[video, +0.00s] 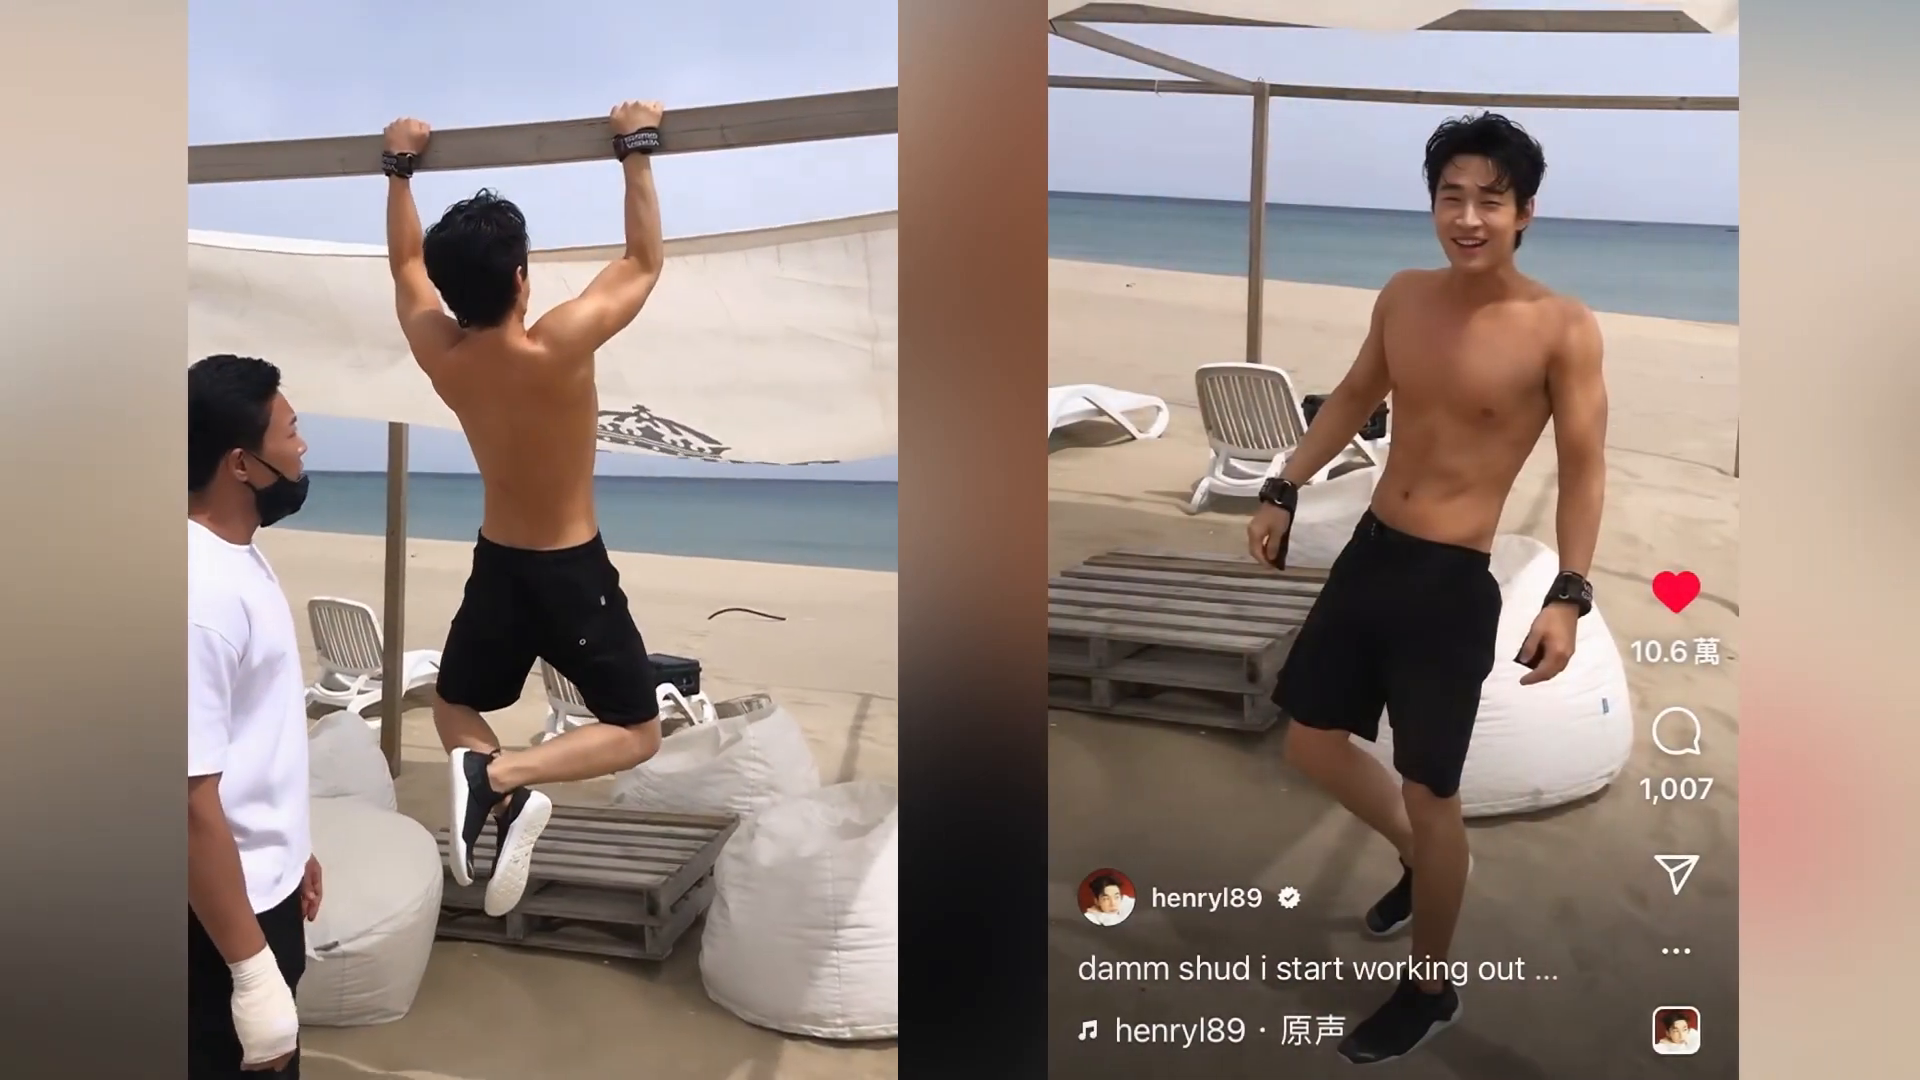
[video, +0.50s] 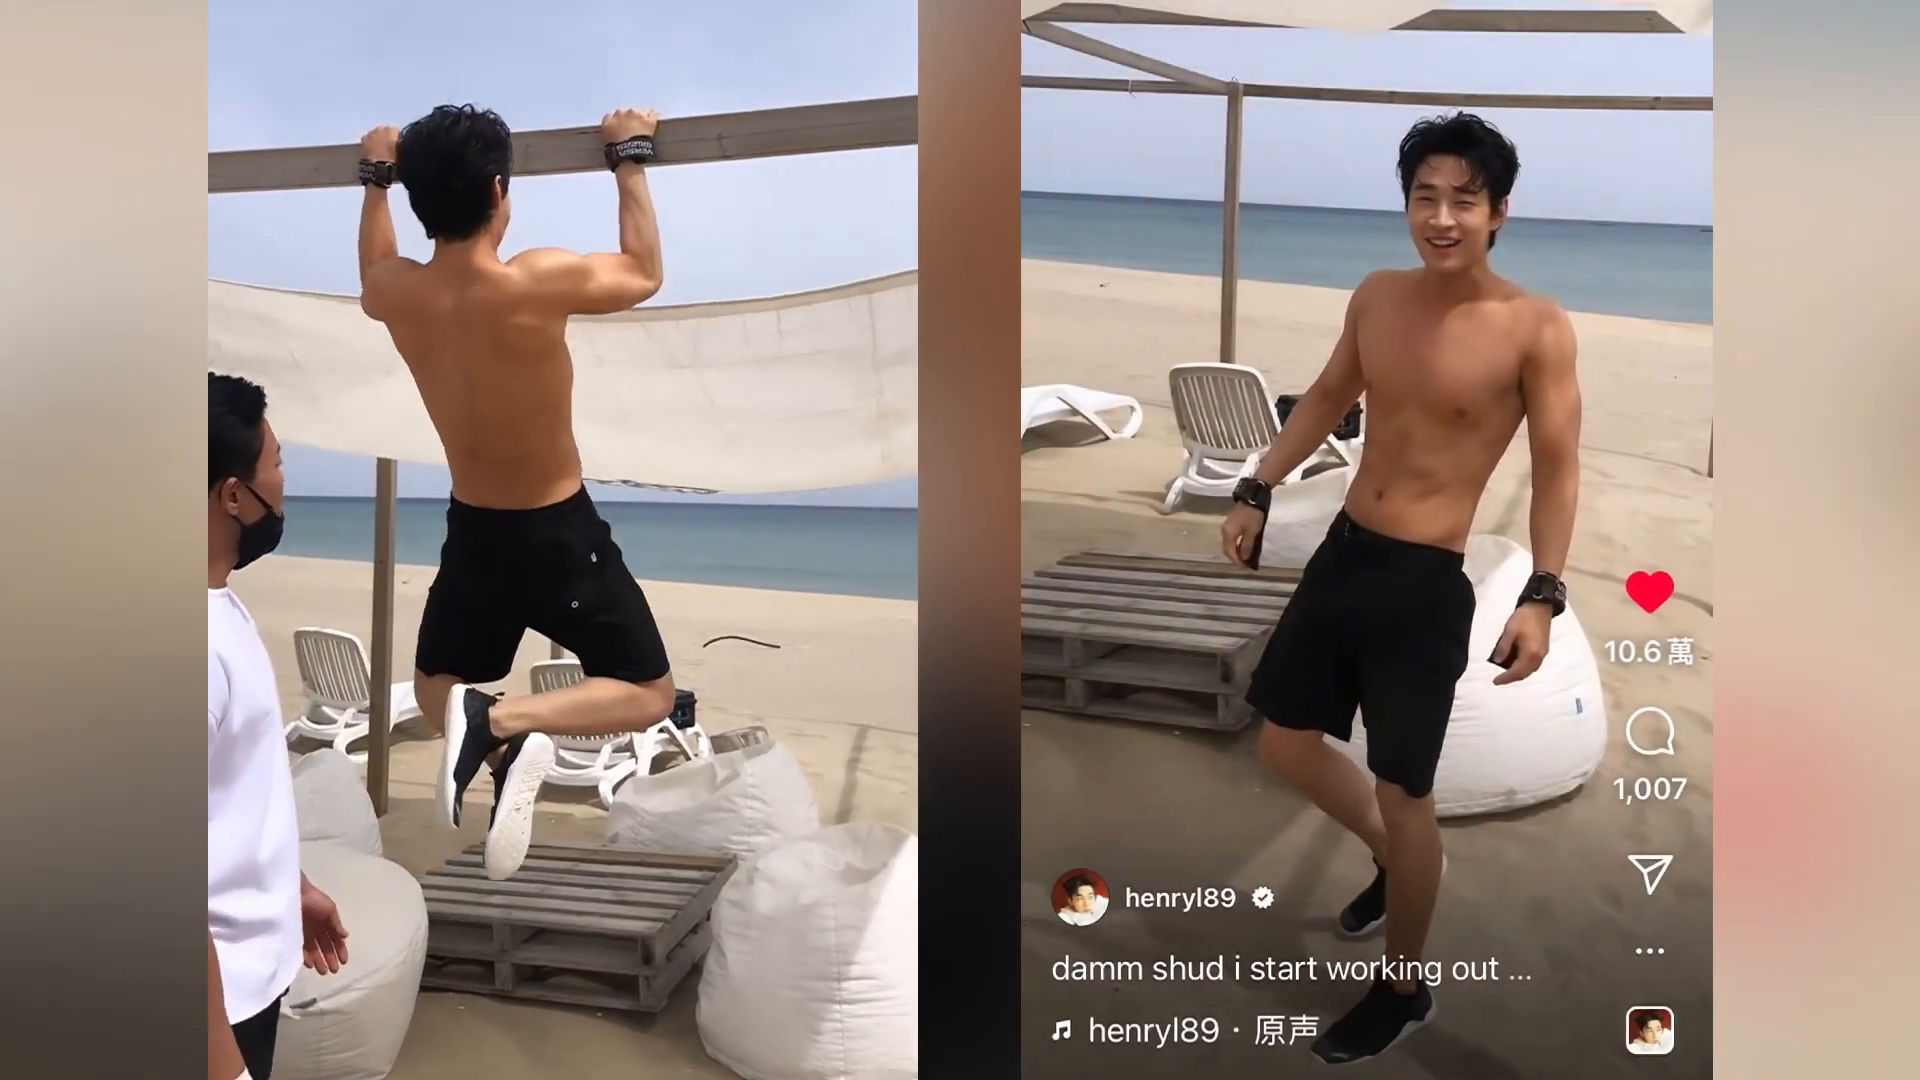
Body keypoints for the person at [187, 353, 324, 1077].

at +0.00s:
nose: (303, 445)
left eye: (295, 428)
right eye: (290, 432)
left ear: (239, 462)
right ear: (241, 463)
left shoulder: (240, 557)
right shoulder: (199, 600)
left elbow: (249, 736)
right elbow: (194, 809)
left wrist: (291, 850)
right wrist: (254, 974)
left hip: (264, 904)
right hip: (223, 928)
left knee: (269, 1063)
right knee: (232, 1071)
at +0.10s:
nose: (311, 453)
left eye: (303, 436)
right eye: (298, 441)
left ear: (249, 473)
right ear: (251, 474)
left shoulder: (251, 568)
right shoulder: (205, 617)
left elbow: (256, 752)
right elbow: (200, 831)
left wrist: (307, 853)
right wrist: (271, 991)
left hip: (276, 925)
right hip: (233, 946)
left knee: (279, 1064)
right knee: (246, 1070)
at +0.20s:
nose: (307, 454)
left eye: (300, 439)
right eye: (296, 444)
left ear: (249, 479)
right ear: (253, 479)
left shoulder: (253, 582)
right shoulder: (206, 619)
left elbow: (256, 764)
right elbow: (199, 839)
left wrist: (313, 864)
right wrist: (270, 1013)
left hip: (280, 945)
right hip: (237, 968)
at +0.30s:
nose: (300, 460)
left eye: (292, 445)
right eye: (289, 451)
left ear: (243, 488)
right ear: (247, 486)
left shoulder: (246, 592)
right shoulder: (202, 632)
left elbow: (254, 773)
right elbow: (195, 853)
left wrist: (314, 873)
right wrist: (262, 1040)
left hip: (273, 959)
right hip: (233, 984)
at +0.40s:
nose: (294, 470)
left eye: (288, 452)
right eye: (285, 456)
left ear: (237, 489)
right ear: (241, 488)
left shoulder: (237, 599)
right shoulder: (199, 645)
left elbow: (243, 786)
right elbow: (191, 871)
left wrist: (306, 881)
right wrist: (245, 1057)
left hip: (264, 976)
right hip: (228, 1002)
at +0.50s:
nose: (283, 475)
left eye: (279, 457)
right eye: (275, 461)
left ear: (229, 497)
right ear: (232, 495)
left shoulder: (225, 608)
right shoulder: (193, 646)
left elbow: (228, 799)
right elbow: (182, 885)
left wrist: (288, 889)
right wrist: (220, 1055)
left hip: (248, 994)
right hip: (219, 1019)